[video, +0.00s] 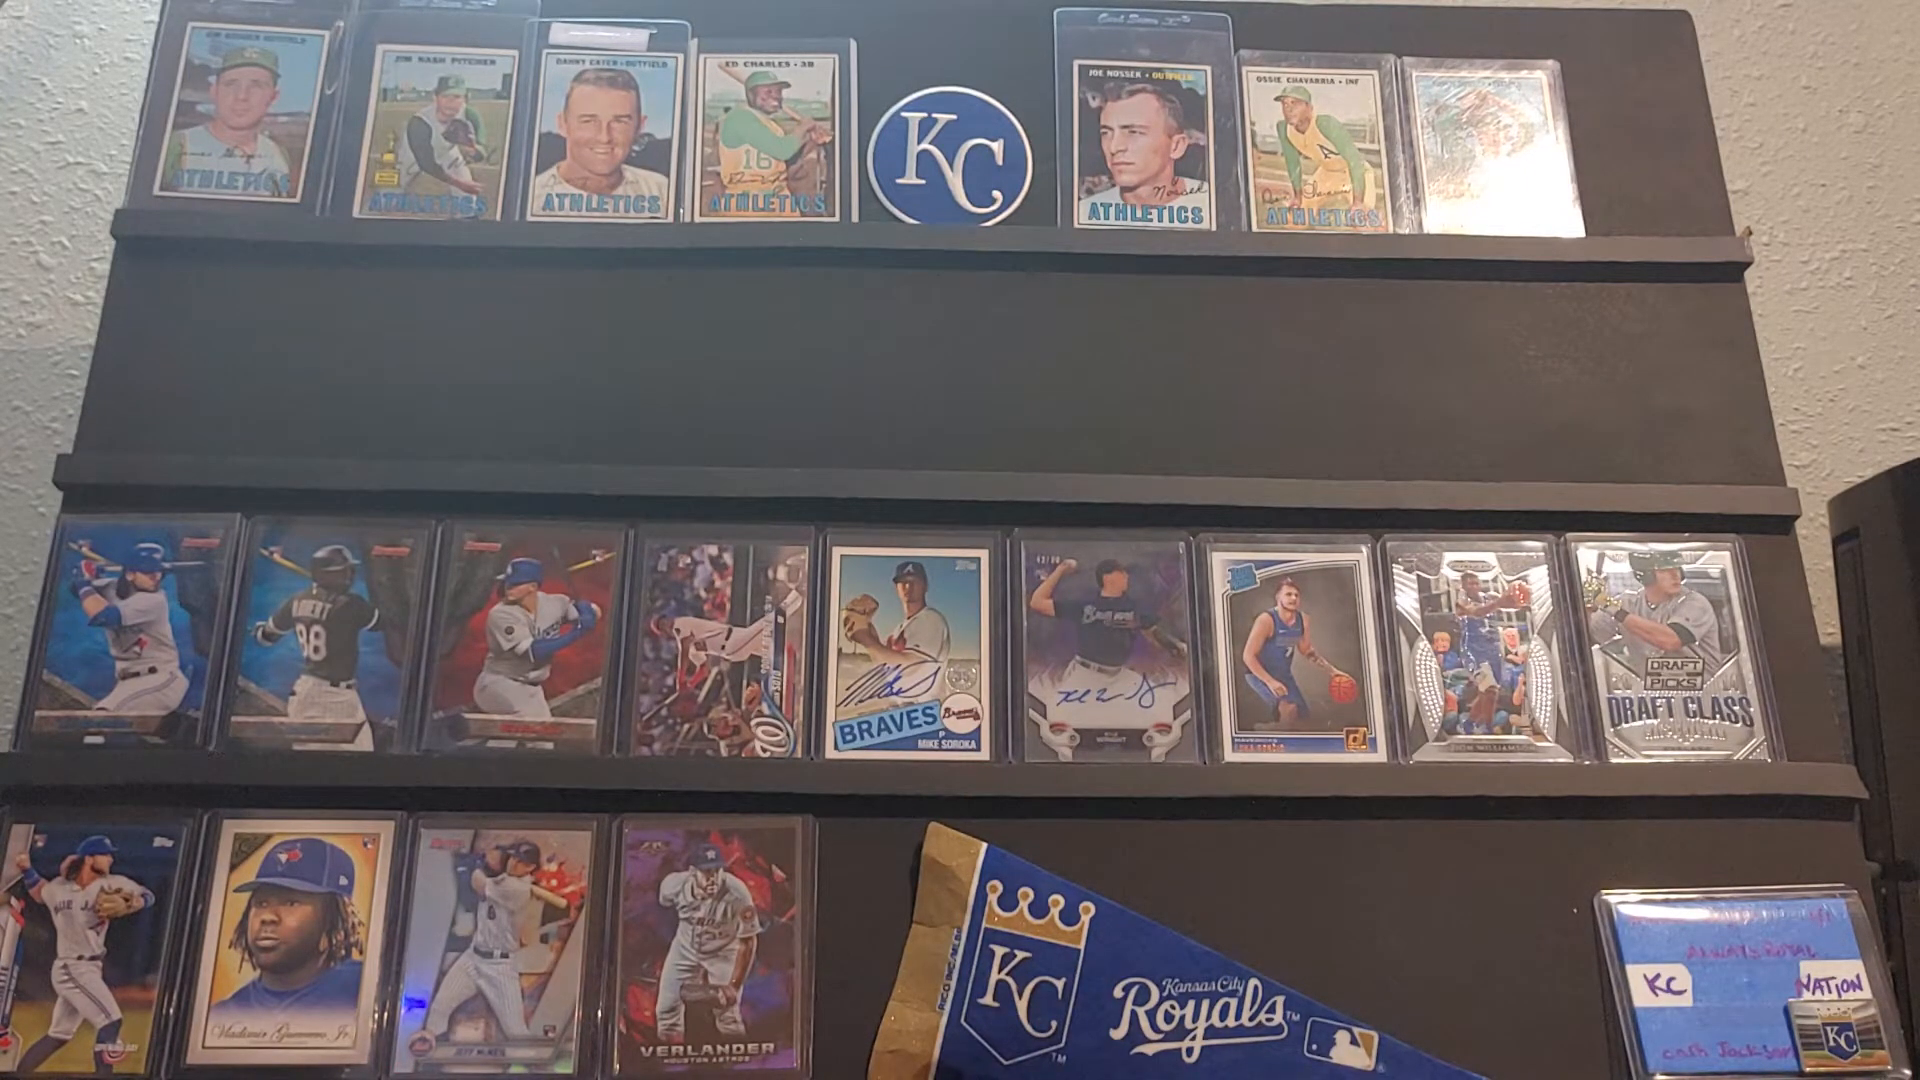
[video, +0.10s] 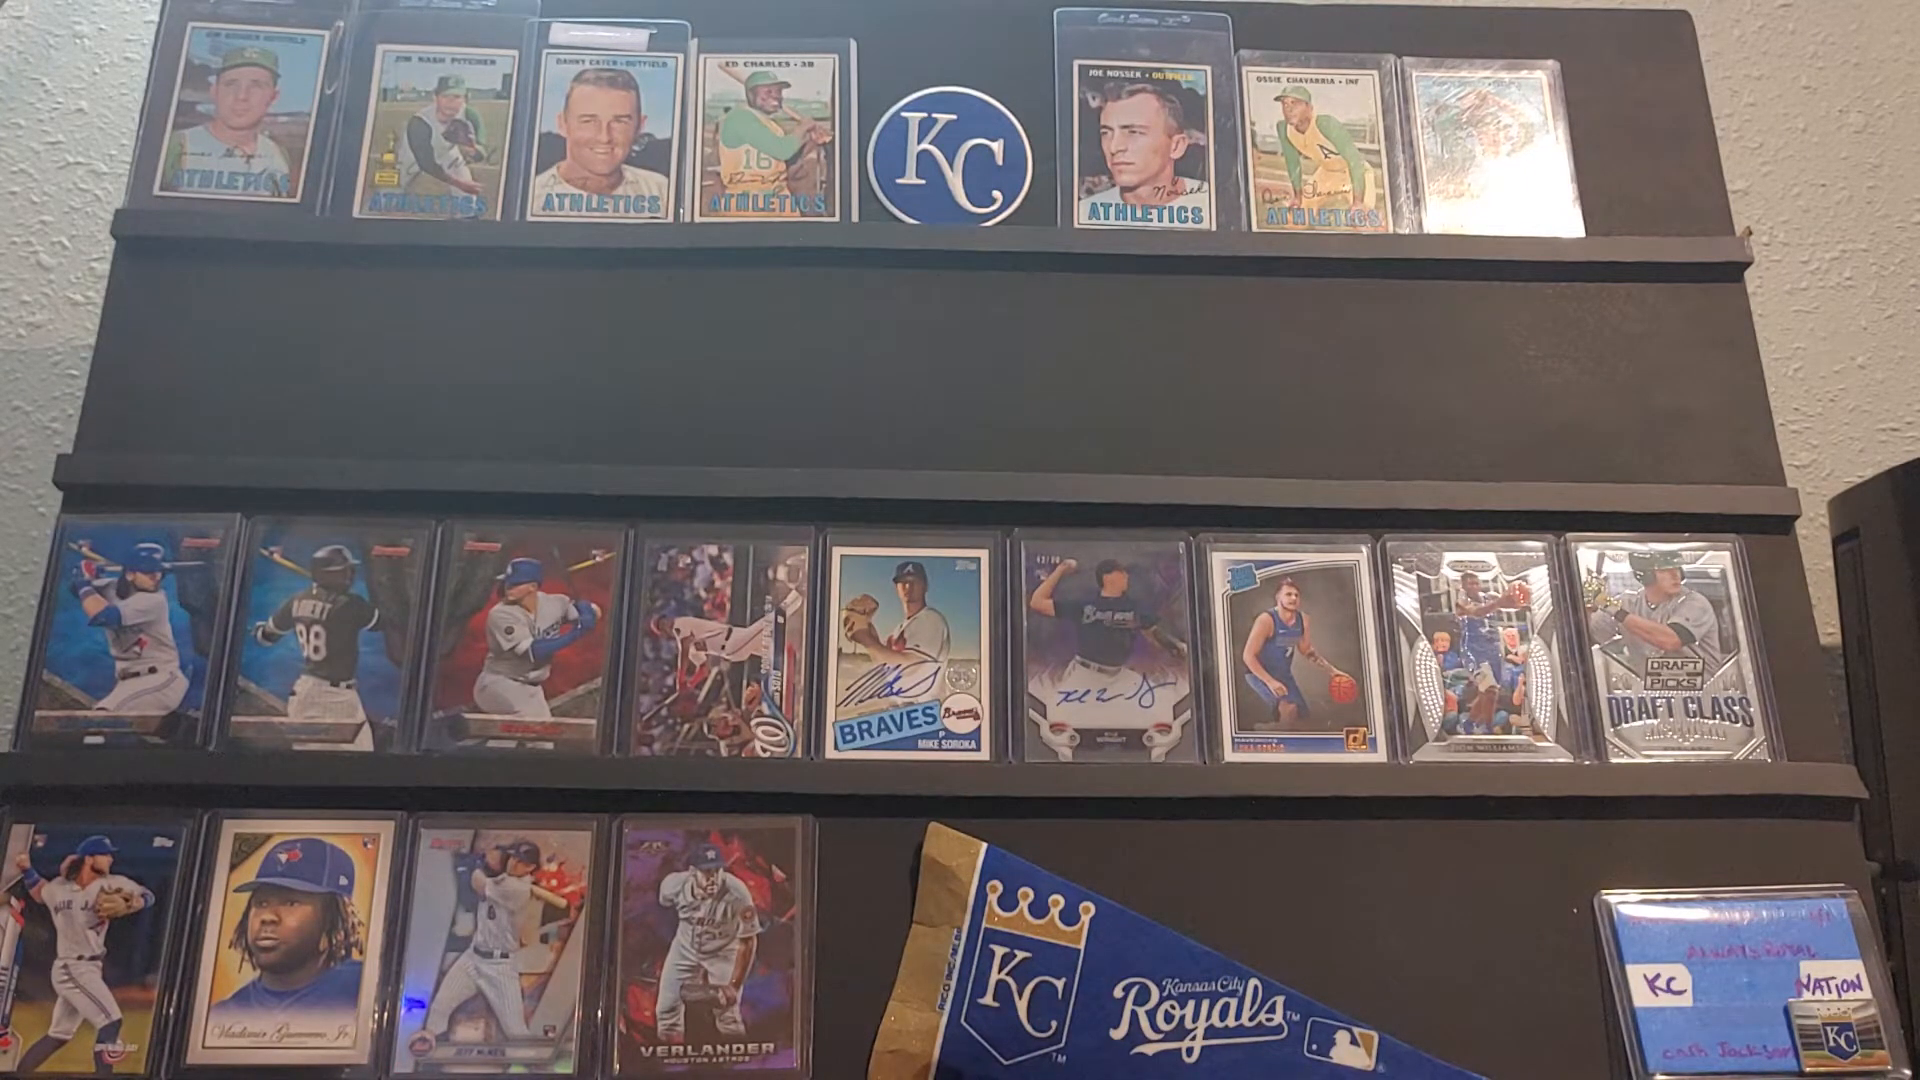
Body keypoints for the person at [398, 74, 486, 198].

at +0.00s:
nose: (451, 102)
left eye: (457, 97)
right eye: (446, 96)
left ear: (464, 100)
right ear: (436, 98)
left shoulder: (469, 115)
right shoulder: (419, 123)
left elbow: (481, 154)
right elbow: (427, 165)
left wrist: (469, 150)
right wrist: (461, 185)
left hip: (453, 162)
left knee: (467, 196)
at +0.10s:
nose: (451, 102)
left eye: (457, 97)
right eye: (446, 96)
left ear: (464, 100)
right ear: (436, 98)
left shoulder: (469, 115)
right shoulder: (419, 123)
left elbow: (480, 154)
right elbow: (427, 165)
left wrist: (469, 149)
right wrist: (461, 185)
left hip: (454, 165)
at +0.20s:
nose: (451, 102)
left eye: (457, 97)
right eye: (446, 96)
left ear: (464, 100)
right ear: (436, 98)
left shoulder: (469, 115)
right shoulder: (419, 123)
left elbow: (480, 154)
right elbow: (427, 165)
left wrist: (469, 149)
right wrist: (461, 185)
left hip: (454, 165)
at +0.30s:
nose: (451, 102)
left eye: (457, 97)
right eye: (446, 96)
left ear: (464, 100)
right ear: (436, 98)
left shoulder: (469, 115)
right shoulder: (419, 123)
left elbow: (480, 154)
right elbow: (427, 165)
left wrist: (469, 149)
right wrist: (461, 185)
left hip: (454, 165)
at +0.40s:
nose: (451, 102)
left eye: (457, 97)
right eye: (446, 96)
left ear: (464, 100)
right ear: (436, 98)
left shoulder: (469, 115)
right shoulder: (419, 123)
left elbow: (481, 154)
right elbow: (427, 165)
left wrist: (469, 149)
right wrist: (461, 185)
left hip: (454, 165)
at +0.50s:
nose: (451, 102)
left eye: (457, 97)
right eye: (446, 96)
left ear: (464, 100)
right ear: (436, 98)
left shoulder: (469, 115)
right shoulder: (419, 123)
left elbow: (481, 154)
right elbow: (427, 165)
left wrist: (469, 150)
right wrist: (461, 185)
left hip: (454, 164)